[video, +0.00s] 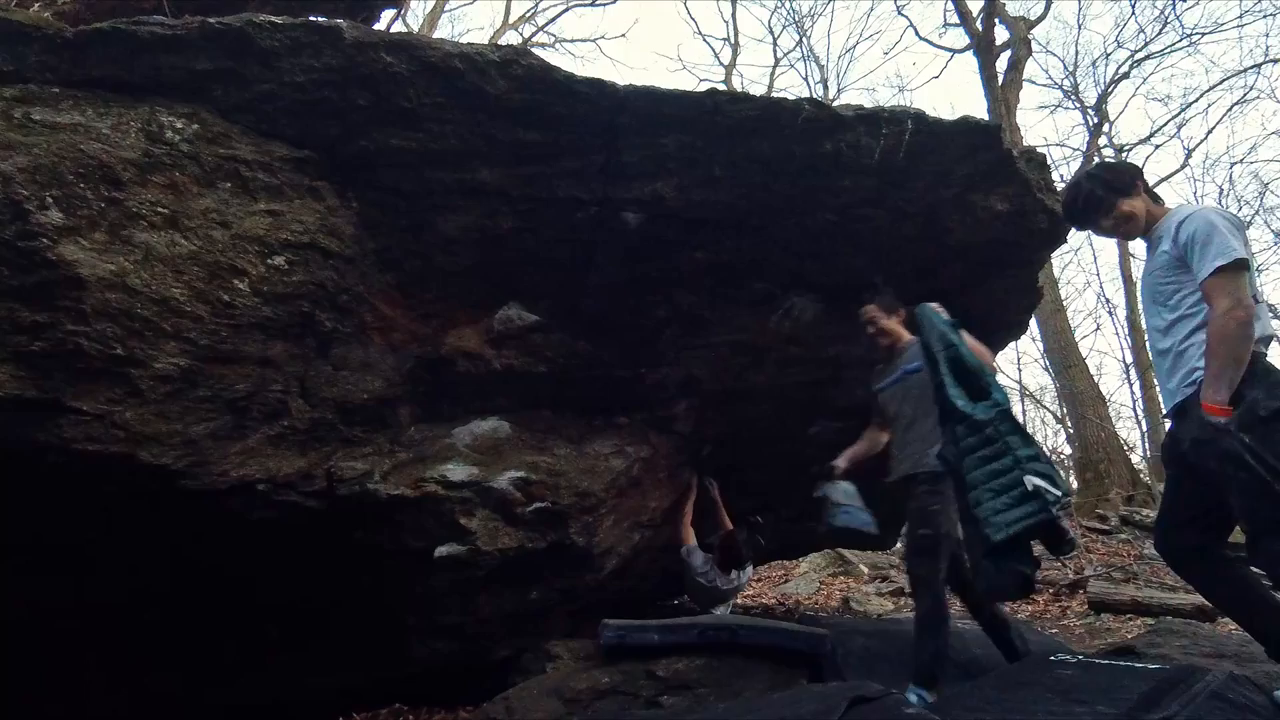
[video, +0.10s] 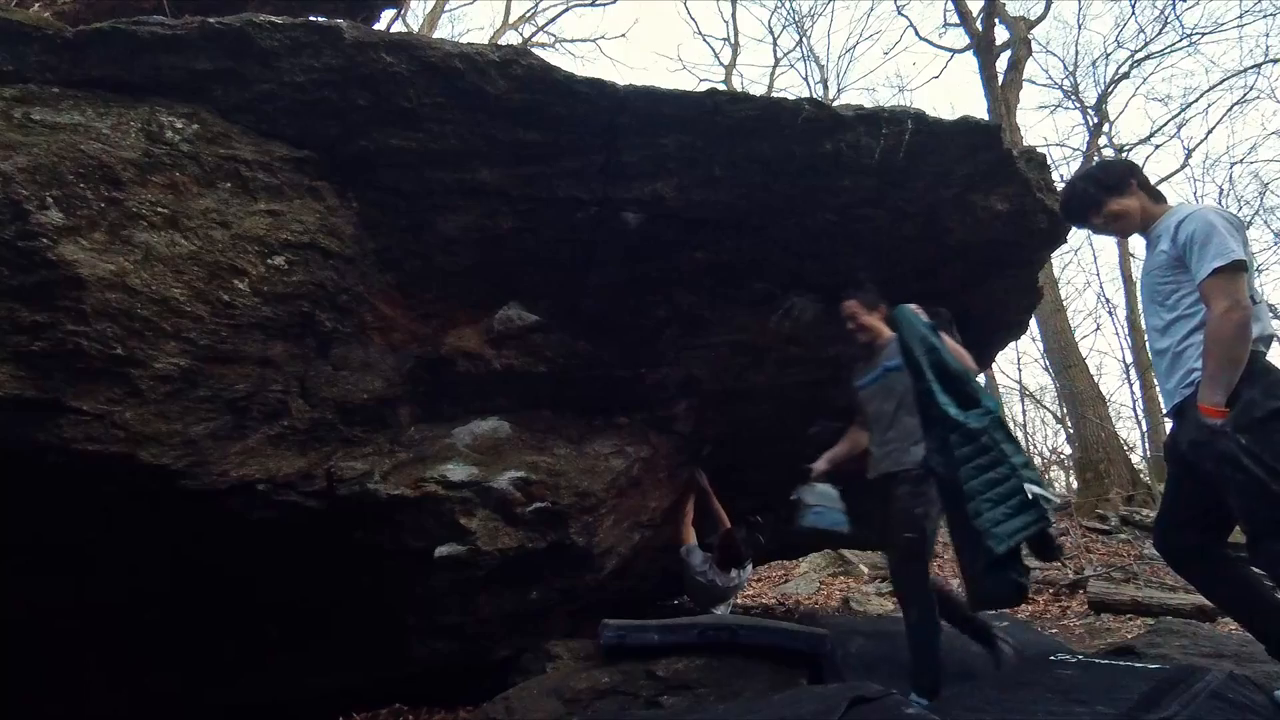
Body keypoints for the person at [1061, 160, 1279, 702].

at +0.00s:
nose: (1115, 229)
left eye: (1112, 214)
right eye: (1103, 227)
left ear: (1135, 186)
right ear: (1101, 229)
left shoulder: (1198, 222)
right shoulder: (1158, 254)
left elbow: (1236, 313)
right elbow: (1187, 341)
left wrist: (1214, 405)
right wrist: (1177, 420)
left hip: (1238, 402)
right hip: (1197, 417)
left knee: (1270, 541)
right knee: (1181, 541)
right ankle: (1278, 640)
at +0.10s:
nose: (1108, 229)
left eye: (1104, 214)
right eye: (1098, 227)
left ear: (1129, 184)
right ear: (1098, 224)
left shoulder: (1197, 222)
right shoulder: (1158, 252)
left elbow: (1234, 312)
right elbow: (1188, 336)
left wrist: (1210, 406)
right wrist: (1179, 416)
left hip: (1238, 405)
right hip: (1197, 418)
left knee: (1270, 543)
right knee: (1180, 539)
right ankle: (1275, 634)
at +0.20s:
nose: (1103, 232)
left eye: (1098, 218)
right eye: (1094, 227)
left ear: (1122, 188)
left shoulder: (1191, 224)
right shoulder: (1163, 245)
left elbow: (1231, 312)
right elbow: (1202, 327)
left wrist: (1211, 408)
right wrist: (1185, 412)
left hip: (1238, 404)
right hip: (1199, 416)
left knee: (1271, 539)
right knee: (1167, 532)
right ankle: (1276, 624)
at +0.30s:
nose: (1087, 223)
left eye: (1087, 209)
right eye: (1082, 215)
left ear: (1115, 191)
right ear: (1118, 196)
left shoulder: (1178, 224)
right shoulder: (1157, 244)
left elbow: (1221, 311)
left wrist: (1209, 411)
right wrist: (1188, 410)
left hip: (1238, 398)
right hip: (1201, 409)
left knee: (1273, 536)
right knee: (1152, 516)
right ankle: (1274, 614)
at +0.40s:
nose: (1086, 222)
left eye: (1086, 208)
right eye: (1082, 213)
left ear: (1110, 194)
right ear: (1116, 196)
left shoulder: (1166, 225)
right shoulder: (1156, 239)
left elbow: (1206, 311)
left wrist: (1203, 407)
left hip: (1242, 388)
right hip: (1209, 403)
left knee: (1269, 522)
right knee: (1139, 505)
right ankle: (1257, 615)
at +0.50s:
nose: (1083, 221)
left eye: (1085, 208)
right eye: (1081, 211)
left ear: (1108, 197)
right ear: (1116, 199)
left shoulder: (1161, 227)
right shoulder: (1159, 236)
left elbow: (1198, 314)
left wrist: (1199, 409)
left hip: (1241, 390)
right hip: (1213, 402)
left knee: (1271, 533)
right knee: (1133, 498)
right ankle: (1213, 624)